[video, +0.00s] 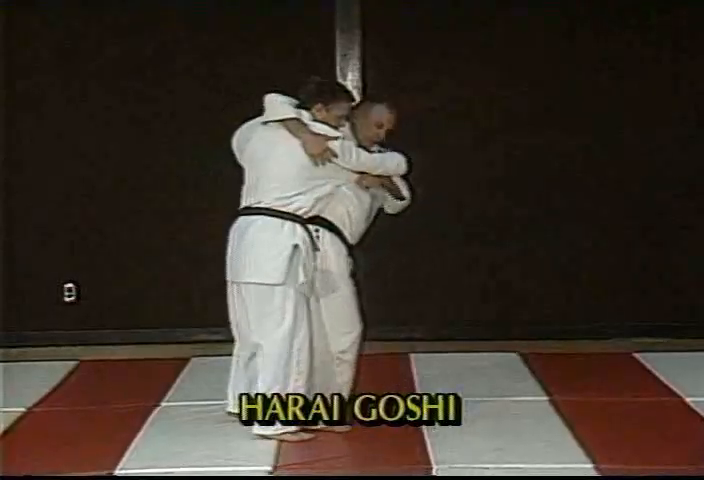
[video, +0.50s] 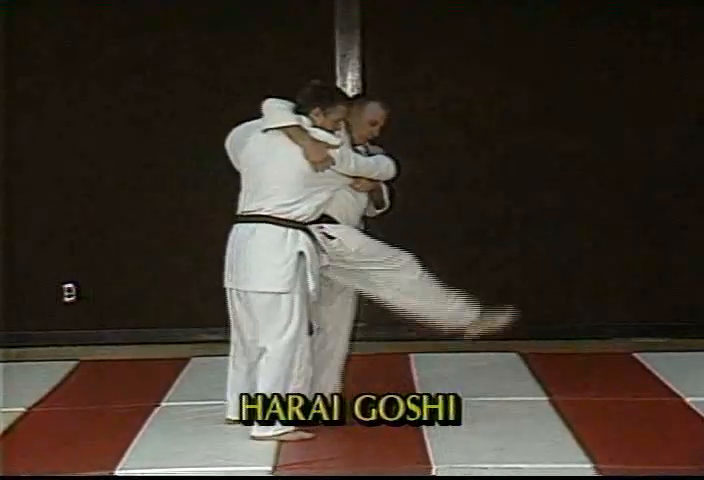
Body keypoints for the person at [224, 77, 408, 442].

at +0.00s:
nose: (343, 123)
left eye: (345, 116)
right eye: (341, 115)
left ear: (306, 109)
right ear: (320, 108)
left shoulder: (254, 132)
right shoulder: (326, 142)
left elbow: (238, 137)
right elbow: (387, 165)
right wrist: (398, 161)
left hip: (241, 236)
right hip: (279, 240)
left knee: (247, 332)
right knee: (281, 330)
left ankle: (244, 408)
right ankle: (272, 419)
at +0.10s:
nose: (341, 123)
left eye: (343, 116)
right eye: (339, 115)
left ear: (304, 109)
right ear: (318, 109)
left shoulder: (253, 133)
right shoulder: (325, 143)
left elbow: (239, 138)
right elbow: (385, 165)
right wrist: (395, 162)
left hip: (241, 236)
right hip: (279, 240)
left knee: (247, 332)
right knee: (281, 331)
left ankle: (243, 408)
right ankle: (272, 419)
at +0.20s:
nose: (340, 124)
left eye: (341, 117)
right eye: (337, 116)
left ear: (301, 110)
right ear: (317, 111)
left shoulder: (252, 134)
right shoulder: (324, 145)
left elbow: (238, 137)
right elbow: (383, 166)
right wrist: (391, 163)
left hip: (240, 234)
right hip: (278, 239)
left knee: (247, 333)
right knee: (281, 332)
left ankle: (242, 408)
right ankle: (272, 420)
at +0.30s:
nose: (339, 125)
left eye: (341, 118)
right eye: (336, 117)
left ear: (300, 110)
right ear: (316, 111)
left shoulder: (251, 135)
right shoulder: (322, 146)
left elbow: (237, 135)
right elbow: (381, 167)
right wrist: (388, 163)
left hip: (239, 239)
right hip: (276, 244)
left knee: (246, 335)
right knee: (279, 334)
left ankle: (243, 408)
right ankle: (271, 420)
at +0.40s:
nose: (339, 126)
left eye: (341, 119)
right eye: (336, 118)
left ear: (299, 111)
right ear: (316, 113)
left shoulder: (251, 136)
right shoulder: (323, 147)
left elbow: (235, 134)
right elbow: (378, 167)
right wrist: (387, 161)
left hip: (238, 238)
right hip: (276, 244)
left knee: (245, 334)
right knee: (279, 334)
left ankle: (241, 409)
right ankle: (269, 421)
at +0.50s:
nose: (341, 128)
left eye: (342, 120)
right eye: (338, 119)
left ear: (299, 113)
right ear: (317, 114)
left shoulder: (253, 138)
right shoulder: (324, 149)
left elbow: (234, 136)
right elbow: (379, 169)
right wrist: (386, 163)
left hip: (239, 244)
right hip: (278, 248)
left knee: (246, 337)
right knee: (282, 336)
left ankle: (239, 410)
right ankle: (269, 421)